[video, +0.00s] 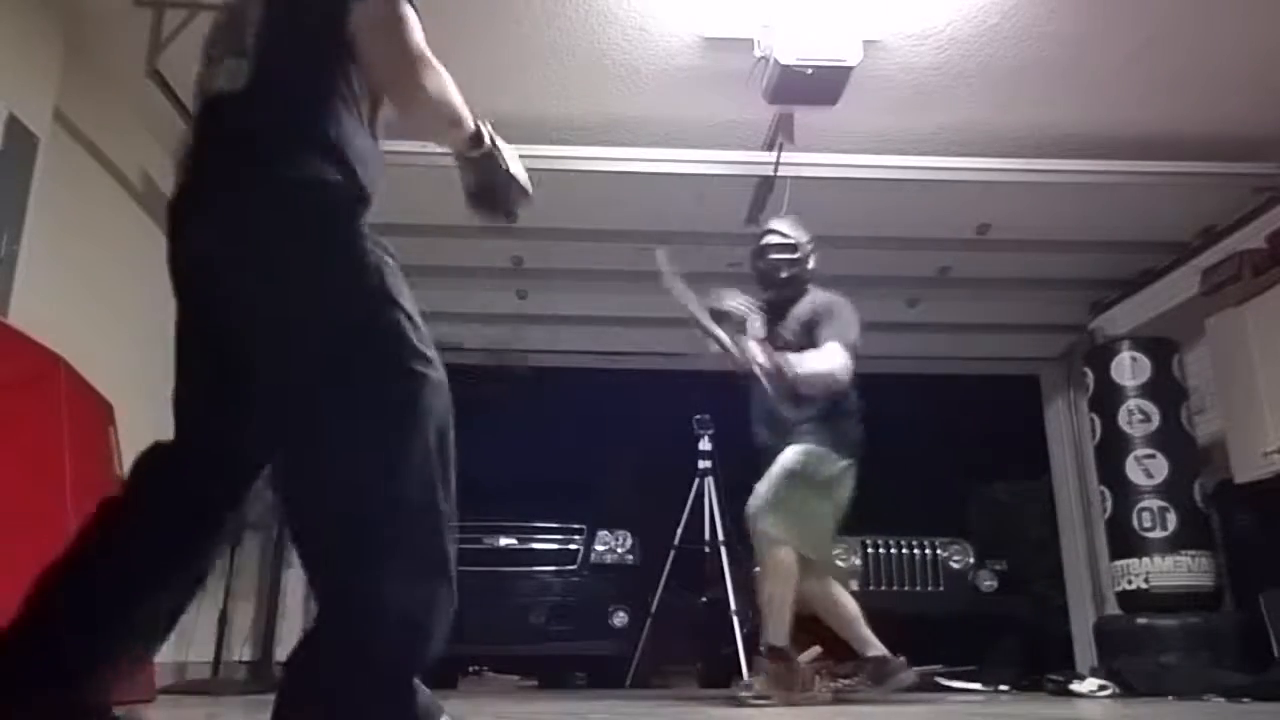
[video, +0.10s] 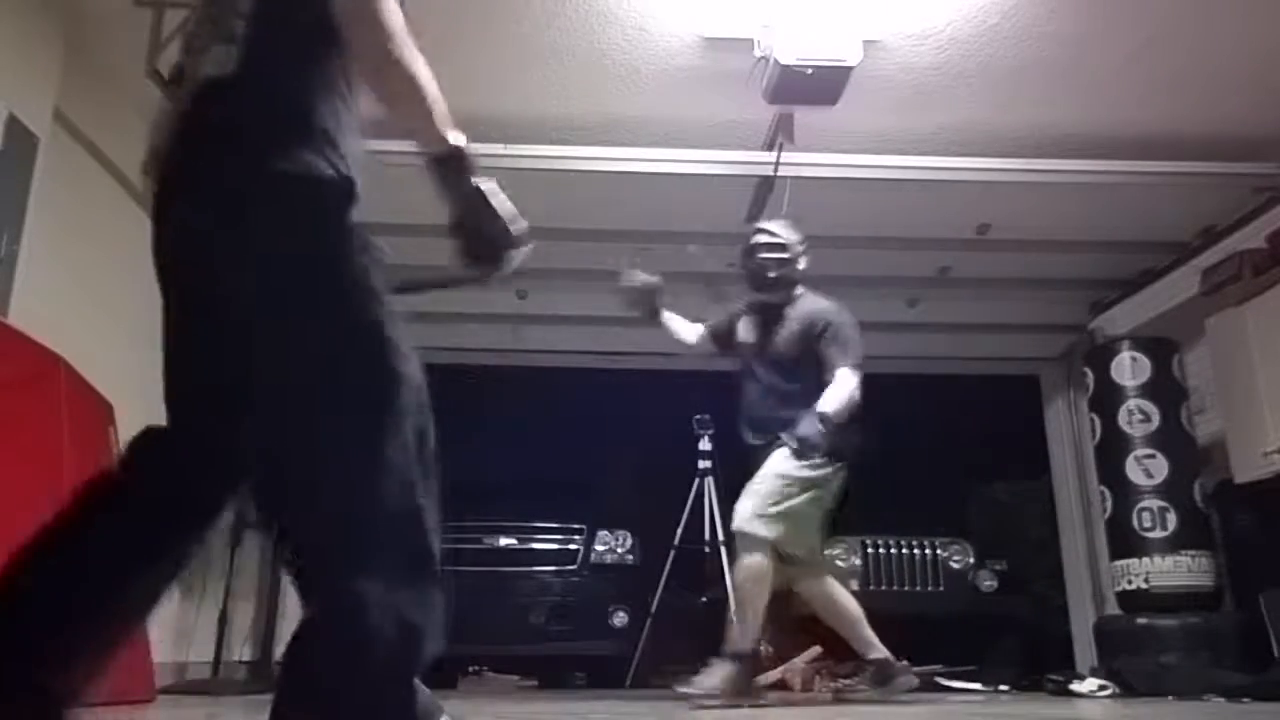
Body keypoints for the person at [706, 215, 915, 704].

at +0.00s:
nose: (777, 263)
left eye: (787, 252)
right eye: (767, 254)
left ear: (809, 257)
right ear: (755, 263)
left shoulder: (830, 308)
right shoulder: (762, 318)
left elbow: (836, 366)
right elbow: (738, 353)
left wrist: (777, 361)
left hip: (823, 442)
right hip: (786, 446)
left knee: (767, 515)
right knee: (807, 574)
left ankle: (776, 659)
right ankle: (880, 660)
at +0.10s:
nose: (767, 263)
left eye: (778, 253)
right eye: (757, 254)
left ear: (801, 260)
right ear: (746, 262)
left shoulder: (825, 316)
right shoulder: (745, 320)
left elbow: (847, 381)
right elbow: (697, 338)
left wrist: (819, 419)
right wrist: (656, 308)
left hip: (811, 448)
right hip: (772, 450)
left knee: (751, 523)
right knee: (802, 569)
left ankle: (738, 664)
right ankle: (882, 661)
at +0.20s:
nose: (747, 253)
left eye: (759, 244)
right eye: (740, 245)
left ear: (784, 255)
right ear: (731, 255)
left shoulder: (800, 310)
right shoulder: (737, 317)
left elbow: (808, 375)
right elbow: (679, 339)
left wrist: (792, 414)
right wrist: (628, 307)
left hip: (798, 449)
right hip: (763, 453)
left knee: (744, 535)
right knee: (799, 571)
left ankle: (714, 668)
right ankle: (884, 663)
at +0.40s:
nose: (710, 238)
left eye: (721, 229)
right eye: (703, 231)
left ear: (745, 237)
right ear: (694, 244)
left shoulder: (751, 285)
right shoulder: (727, 293)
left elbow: (690, 319)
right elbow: (684, 353)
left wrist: (634, 306)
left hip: (785, 432)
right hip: (772, 435)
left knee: (720, 533)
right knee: (762, 571)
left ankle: (711, 671)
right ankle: (864, 646)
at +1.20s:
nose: (700, 229)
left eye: (711, 217)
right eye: (697, 221)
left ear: (748, 219)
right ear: (755, 228)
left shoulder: (752, 260)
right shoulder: (778, 266)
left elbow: (724, 335)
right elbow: (753, 361)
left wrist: (666, 386)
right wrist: (697, 328)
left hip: (811, 409)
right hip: (853, 413)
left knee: (758, 535)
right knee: (837, 550)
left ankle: (774, 671)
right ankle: (884, 669)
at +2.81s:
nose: (709, 209)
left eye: (719, 197)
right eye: (704, 201)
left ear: (747, 205)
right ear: (702, 217)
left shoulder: (759, 248)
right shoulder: (736, 263)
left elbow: (751, 322)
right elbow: (705, 351)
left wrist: (704, 358)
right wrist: (651, 321)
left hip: (774, 407)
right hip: (768, 409)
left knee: (719, 524)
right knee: (775, 547)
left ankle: (752, 662)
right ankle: (831, 661)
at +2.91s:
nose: (697, 219)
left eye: (709, 209)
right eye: (691, 212)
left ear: (737, 215)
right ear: (683, 227)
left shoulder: (746, 259)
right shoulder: (718, 276)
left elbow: (739, 332)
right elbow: (689, 361)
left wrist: (703, 379)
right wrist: (689, 316)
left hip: (768, 410)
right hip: (753, 412)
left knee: (690, 504)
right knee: (769, 553)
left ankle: (725, 649)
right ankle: (832, 663)